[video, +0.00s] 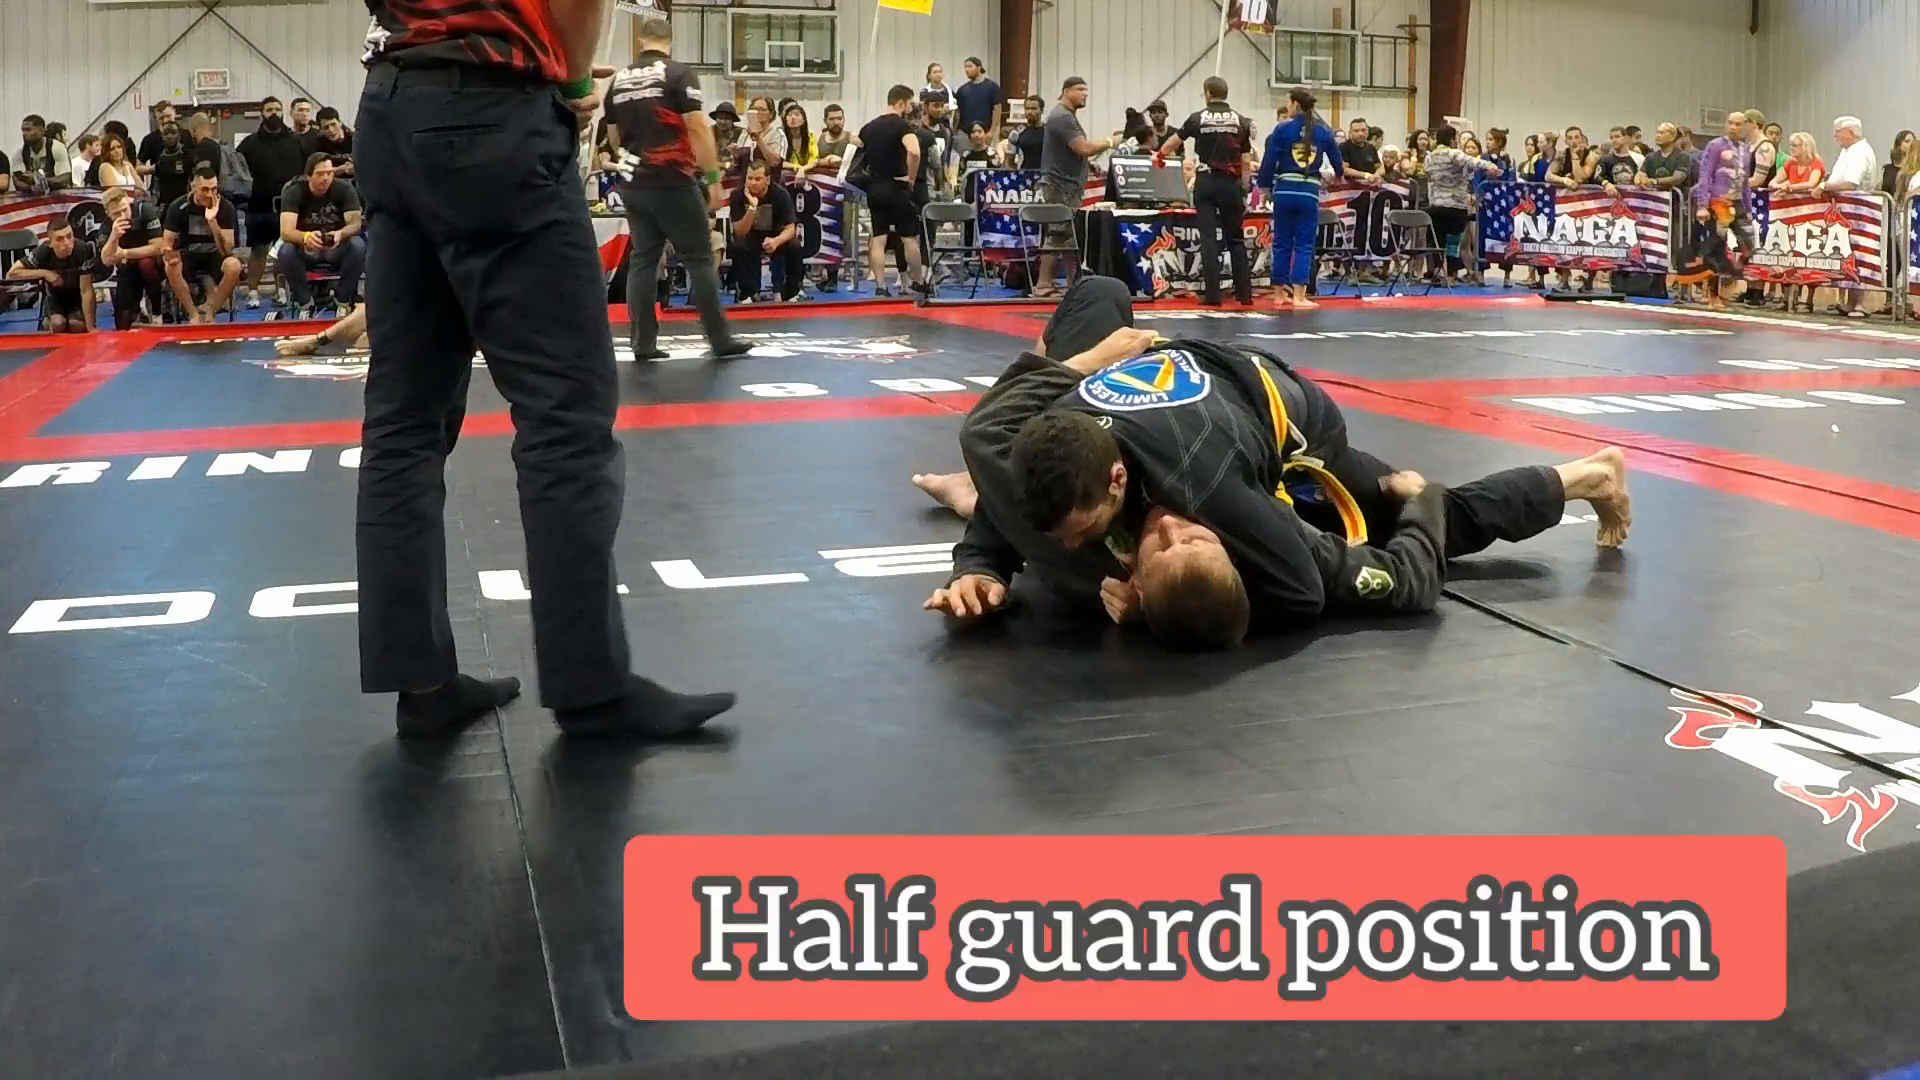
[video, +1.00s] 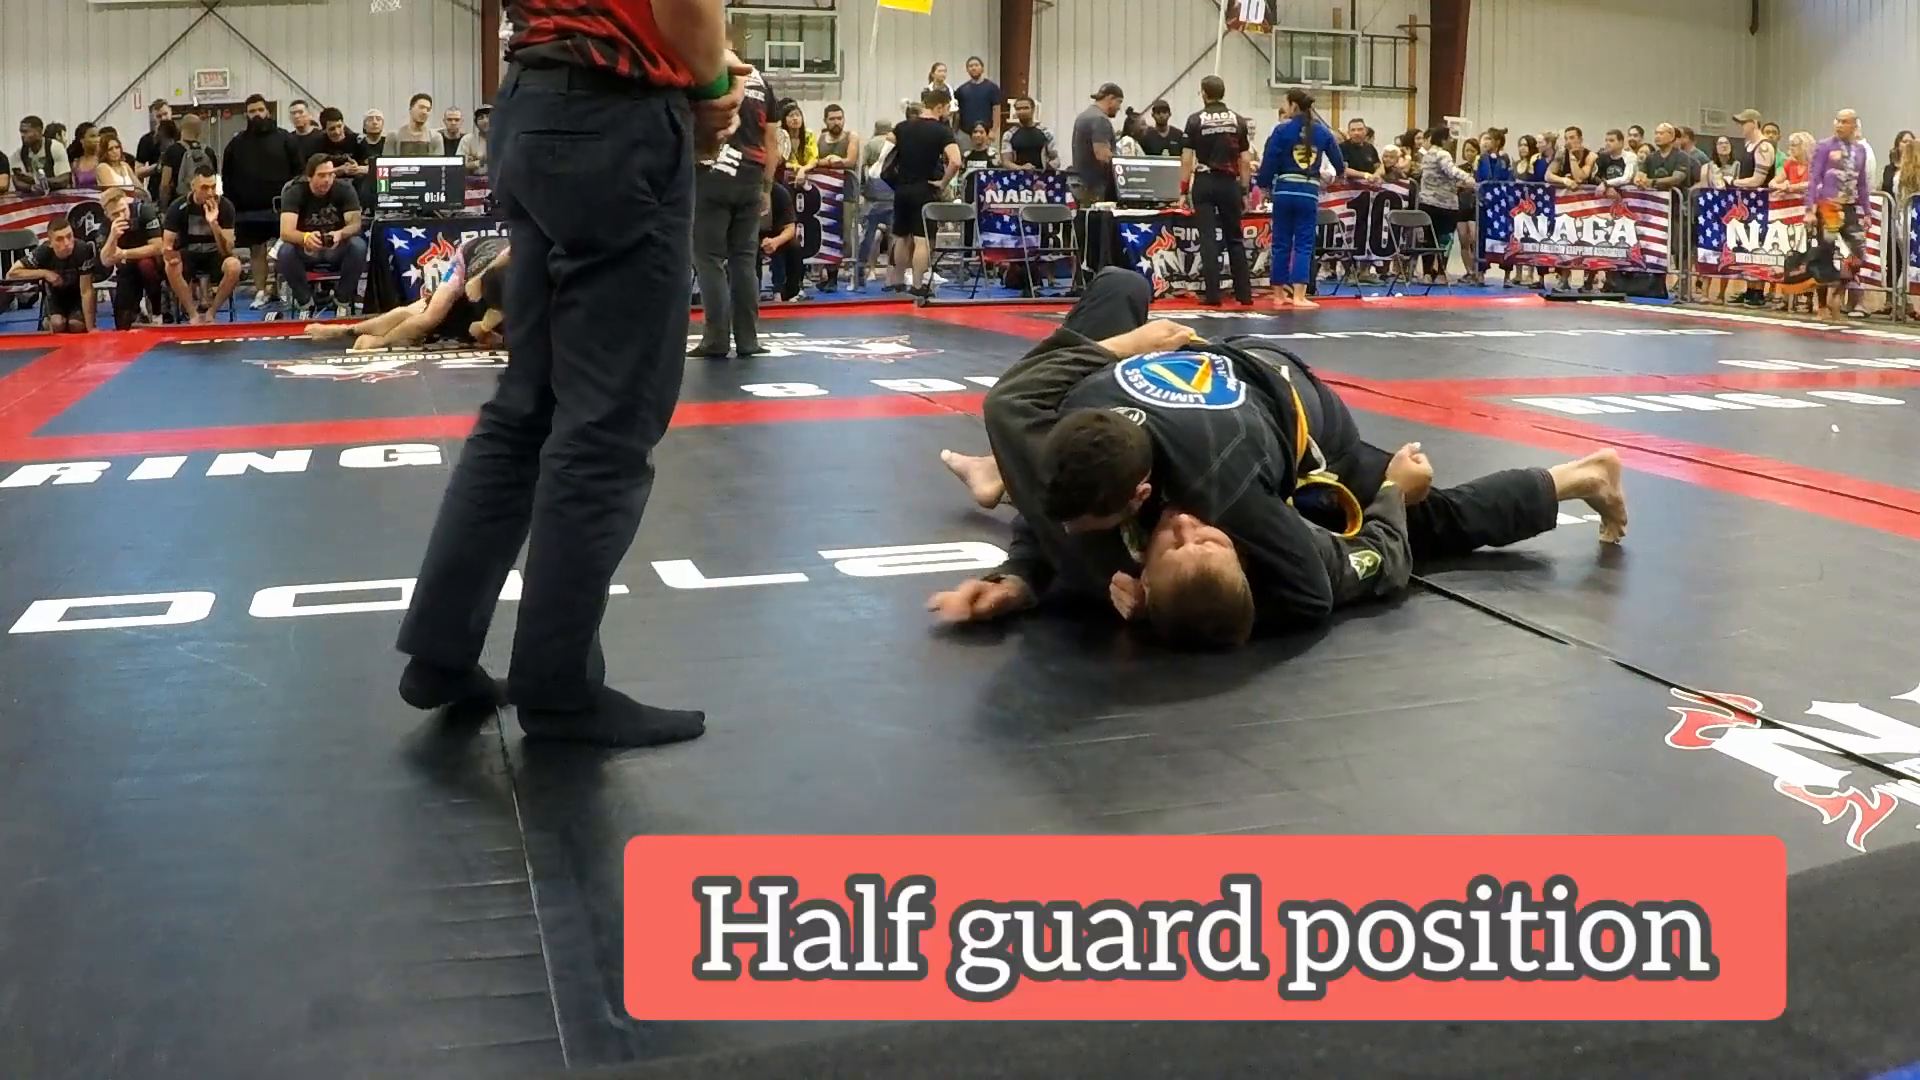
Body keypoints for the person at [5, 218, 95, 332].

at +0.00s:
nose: (67, 243)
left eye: (69, 237)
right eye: (60, 239)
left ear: (73, 235)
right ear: (50, 241)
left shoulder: (83, 249)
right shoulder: (44, 251)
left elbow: (86, 290)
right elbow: (12, 273)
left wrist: (91, 328)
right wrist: (44, 273)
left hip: (78, 292)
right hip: (56, 292)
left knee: (78, 325)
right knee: (58, 323)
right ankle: (46, 324)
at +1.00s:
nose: (67, 243)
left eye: (69, 237)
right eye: (60, 239)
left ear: (73, 235)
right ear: (50, 241)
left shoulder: (83, 249)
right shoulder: (44, 251)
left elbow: (86, 290)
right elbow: (12, 273)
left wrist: (91, 328)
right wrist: (44, 273)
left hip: (78, 291)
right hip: (56, 291)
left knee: (76, 325)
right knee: (58, 323)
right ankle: (46, 323)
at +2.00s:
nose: (67, 243)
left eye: (69, 237)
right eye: (60, 239)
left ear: (73, 235)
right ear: (50, 241)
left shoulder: (83, 250)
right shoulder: (44, 251)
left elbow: (86, 291)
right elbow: (12, 273)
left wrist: (91, 328)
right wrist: (44, 273)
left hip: (78, 293)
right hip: (56, 293)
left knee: (76, 325)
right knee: (58, 323)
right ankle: (46, 323)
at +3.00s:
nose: (67, 243)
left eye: (69, 237)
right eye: (60, 239)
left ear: (73, 235)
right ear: (50, 241)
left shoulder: (83, 249)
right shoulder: (44, 251)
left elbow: (86, 290)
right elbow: (12, 274)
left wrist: (91, 328)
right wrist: (44, 273)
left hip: (78, 293)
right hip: (55, 293)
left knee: (76, 325)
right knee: (58, 323)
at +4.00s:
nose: (67, 243)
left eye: (69, 236)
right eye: (60, 239)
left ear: (73, 235)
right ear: (50, 240)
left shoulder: (83, 249)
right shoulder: (44, 251)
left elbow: (86, 290)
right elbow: (12, 273)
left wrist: (91, 328)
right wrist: (44, 273)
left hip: (77, 291)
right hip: (55, 292)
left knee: (77, 325)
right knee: (58, 324)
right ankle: (46, 323)